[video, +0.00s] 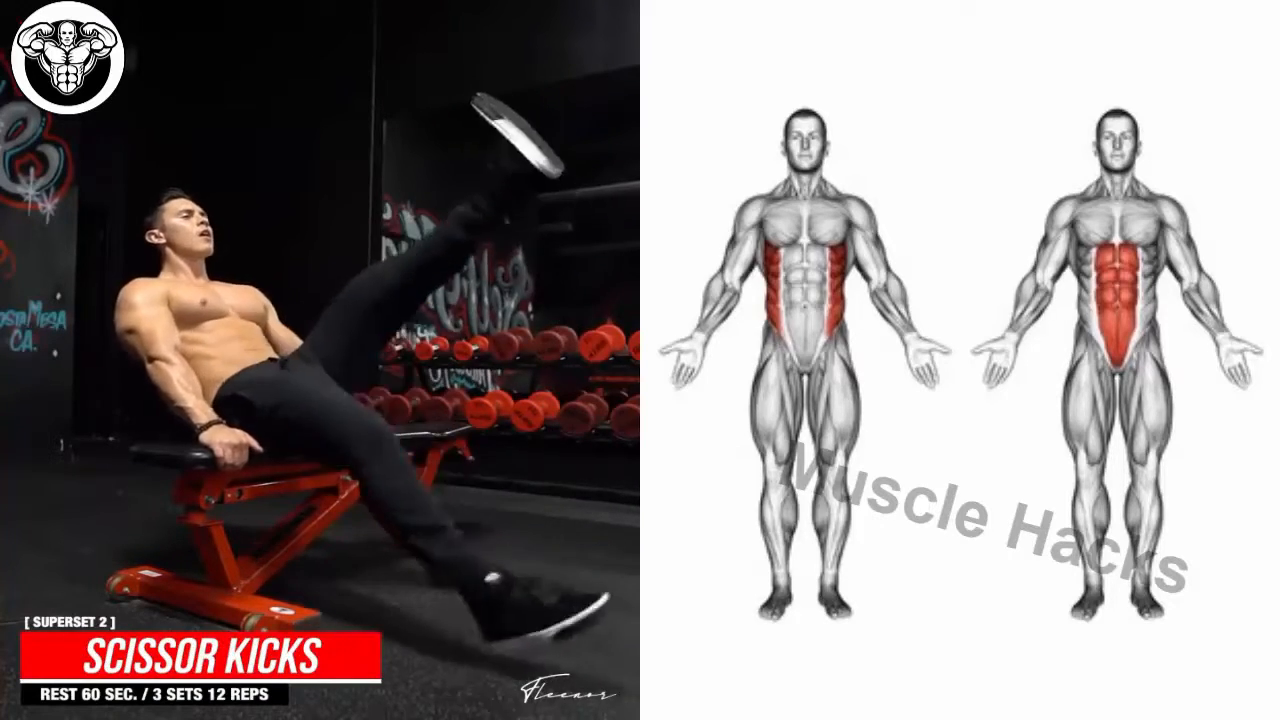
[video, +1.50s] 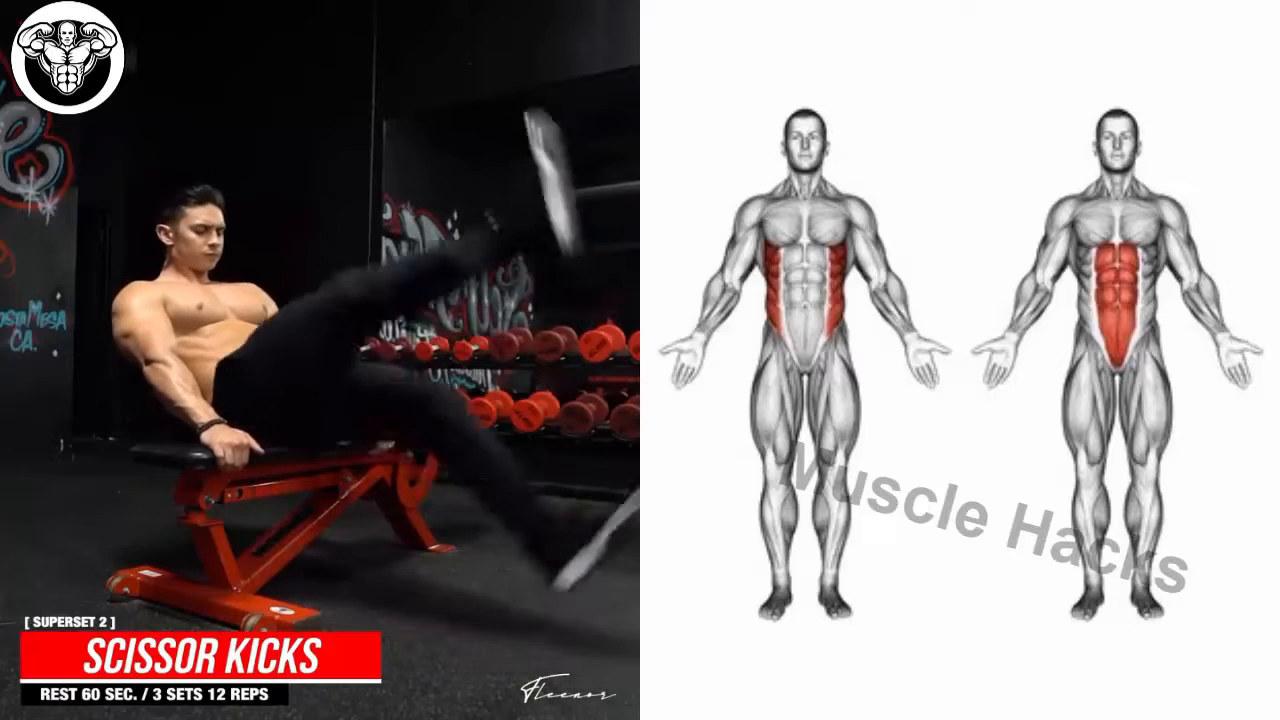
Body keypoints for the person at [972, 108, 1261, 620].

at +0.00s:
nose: (1116, 145)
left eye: (1124, 138)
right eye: (1109, 137)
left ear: (1137, 146)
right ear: (1097, 145)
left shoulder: (1164, 211)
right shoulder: (1070, 211)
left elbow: (1193, 282)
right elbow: (1041, 282)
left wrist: (1221, 335)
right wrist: (1012, 336)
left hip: (1144, 355)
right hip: (1089, 354)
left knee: (1145, 466)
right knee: (1088, 466)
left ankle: (1141, 582)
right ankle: (1092, 583)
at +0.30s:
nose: (1116, 145)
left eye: (1124, 138)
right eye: (1109, 137)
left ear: (1137, 146)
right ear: (1097, 145)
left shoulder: (1164, 211)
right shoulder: (1070, 211)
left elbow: (1193, 282)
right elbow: (1041, 282)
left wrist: (1221, 335)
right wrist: (1012, 336)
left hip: (1144, 355)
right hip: (1089, 354)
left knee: (1145, 466)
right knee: (1088, 466)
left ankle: (1141, 582)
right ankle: (1092, 583)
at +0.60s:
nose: (1116, 145)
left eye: (1124, 138)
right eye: (1108, 138)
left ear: (1137, 145)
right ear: (1096, 146)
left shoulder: (1164, 211)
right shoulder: (1070, 211)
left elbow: (1193, 282)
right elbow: (1041, 282)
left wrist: (1222, 335)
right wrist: (1012, 336)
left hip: (1144, 355)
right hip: (1089, 355)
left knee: (1145, 466)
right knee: (1088, 466)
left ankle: (1141, 581)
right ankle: (1092, 583)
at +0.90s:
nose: (1116, 145)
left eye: (1124, 138)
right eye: (1108, 138)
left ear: (1137, 145)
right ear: (1096, 146)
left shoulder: (1164, 211)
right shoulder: (1070, 211)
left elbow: (1193, 282)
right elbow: (1041, 282)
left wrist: (1222, 335)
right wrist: (1012, 336)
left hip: (1144, 355)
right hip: (1089, 355)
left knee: (1145, 466)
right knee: (1088, 466)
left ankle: (1141, 581)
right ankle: (1092, 583)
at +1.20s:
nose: (1116, 145)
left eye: (1124, 138)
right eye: (1108, 138)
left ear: (1137, 145)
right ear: (1096, 146)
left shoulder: (1164, 211)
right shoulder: (1070, 211)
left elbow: (1193, 282)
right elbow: (1041, 282)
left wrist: (1222, 335)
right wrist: (1012, 336)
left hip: (1144, 355)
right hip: (1089, 355)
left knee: (1145, 466)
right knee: (1088, 466)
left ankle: (1141, 581)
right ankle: (1092, 583)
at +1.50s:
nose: (1116, 145)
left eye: (1124, 138)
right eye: (1108, 138)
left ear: (1137, 145)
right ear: (1096, 146)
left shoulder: (1164, 211)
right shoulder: (1070, 211)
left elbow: (1193, 282)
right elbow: (1041, 282)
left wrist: (1222, 335)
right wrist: (1012, 336)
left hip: (1144, 355)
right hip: (1089, 355)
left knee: (1145, 466)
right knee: (1088, 466)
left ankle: (1141, 581)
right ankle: (1092, 583)